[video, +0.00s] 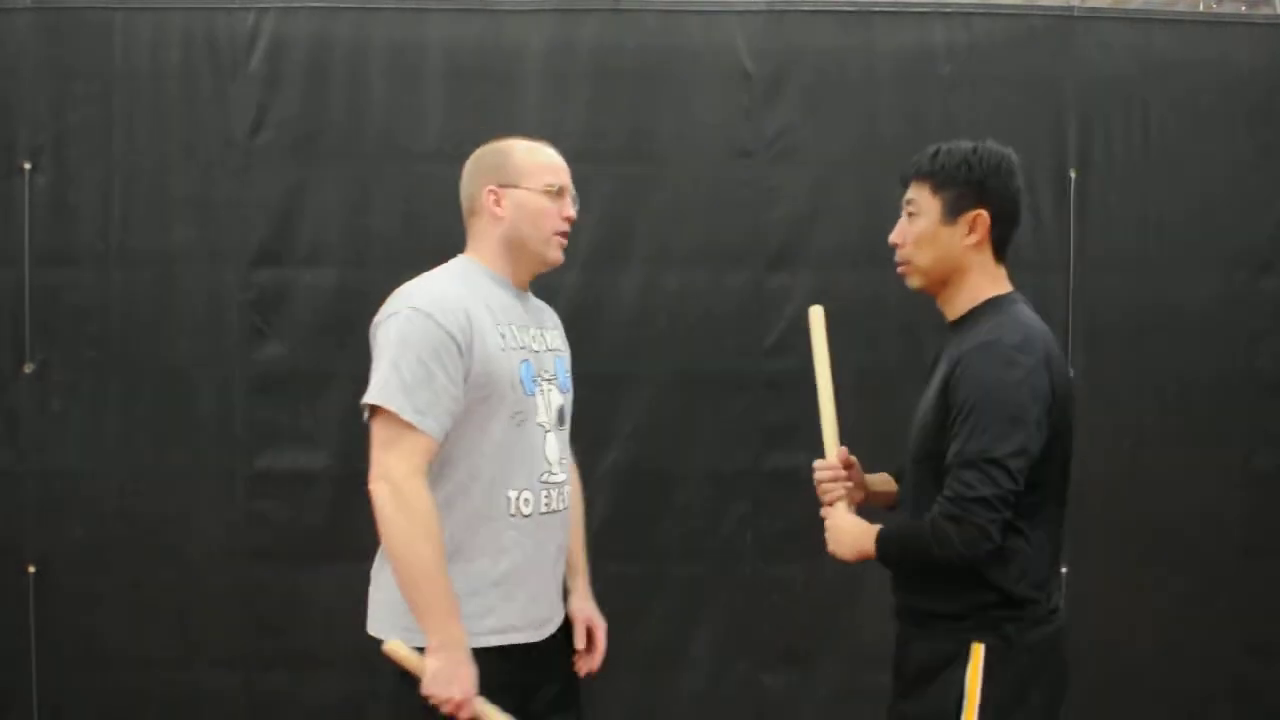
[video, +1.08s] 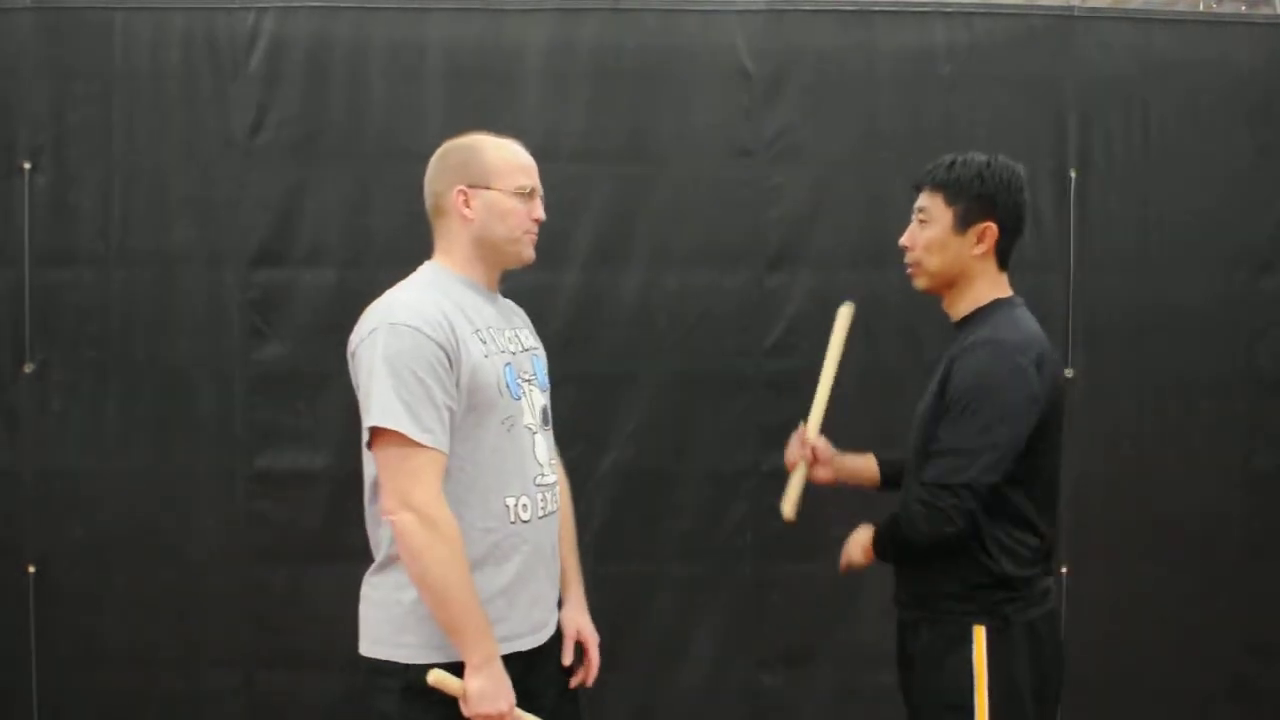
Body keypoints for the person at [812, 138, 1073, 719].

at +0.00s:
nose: (893, 236)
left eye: (912, 215)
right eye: (901, 216)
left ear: (974, 228)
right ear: (967, 229)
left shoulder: (1003, 354)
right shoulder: (978, 342)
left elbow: (970, 531)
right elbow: (957, 486)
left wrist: (871, 540)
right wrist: (875, 490)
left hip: (984, 656)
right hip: (957, 647)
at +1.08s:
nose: (905, 240)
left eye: (923, 222)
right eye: (911, 221)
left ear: (982, 238)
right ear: (978, 240)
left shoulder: (1001, 352)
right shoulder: (982, 342)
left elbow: (943, 513)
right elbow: (941, 470)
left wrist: (877, 537)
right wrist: (843, 467)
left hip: (983, 637)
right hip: (961, 630)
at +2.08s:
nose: (868, 240)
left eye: (890, 220)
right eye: (873, 221)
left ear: (952, 238)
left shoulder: (1001, 367)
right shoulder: (861, 350)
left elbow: (935, 515)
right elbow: (733, 351)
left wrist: (839, 474)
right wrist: (672, 263)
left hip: (957, 653)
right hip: (871, 646)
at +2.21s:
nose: (863, 238)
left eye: (884, 219)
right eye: (867, 220)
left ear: (947, 236)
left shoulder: (996, 368)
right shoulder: (855, 344)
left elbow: (961, 520)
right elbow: (736, 343)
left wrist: (845, 482)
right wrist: (661, 288)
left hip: (948, 651)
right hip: (864, 643)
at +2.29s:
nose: (862, 238)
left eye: (883, 219)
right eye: (866, 221)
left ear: (946, 236)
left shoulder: (996, 370)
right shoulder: (848, 343)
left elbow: (965, 520)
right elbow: (743, 351)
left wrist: (845, 480)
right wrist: (652, 332)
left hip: (948, 646)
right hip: (861, 638)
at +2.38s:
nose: (861, 240)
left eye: (884, 220)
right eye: (866, 221)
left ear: (945, 237)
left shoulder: (996, 369)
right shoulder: (853, 343)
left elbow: (967, 508)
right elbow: (755, 385)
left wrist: (843, 464)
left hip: (947, 647)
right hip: (858, 638)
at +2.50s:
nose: (857, 241)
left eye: (880, 222)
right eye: (862, 223)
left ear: (940, 240)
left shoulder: (990, 366)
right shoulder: (851, 356)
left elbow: (943, 453)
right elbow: (772, 448)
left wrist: (833, 421)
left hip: (944, 647)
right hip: (856, 640)